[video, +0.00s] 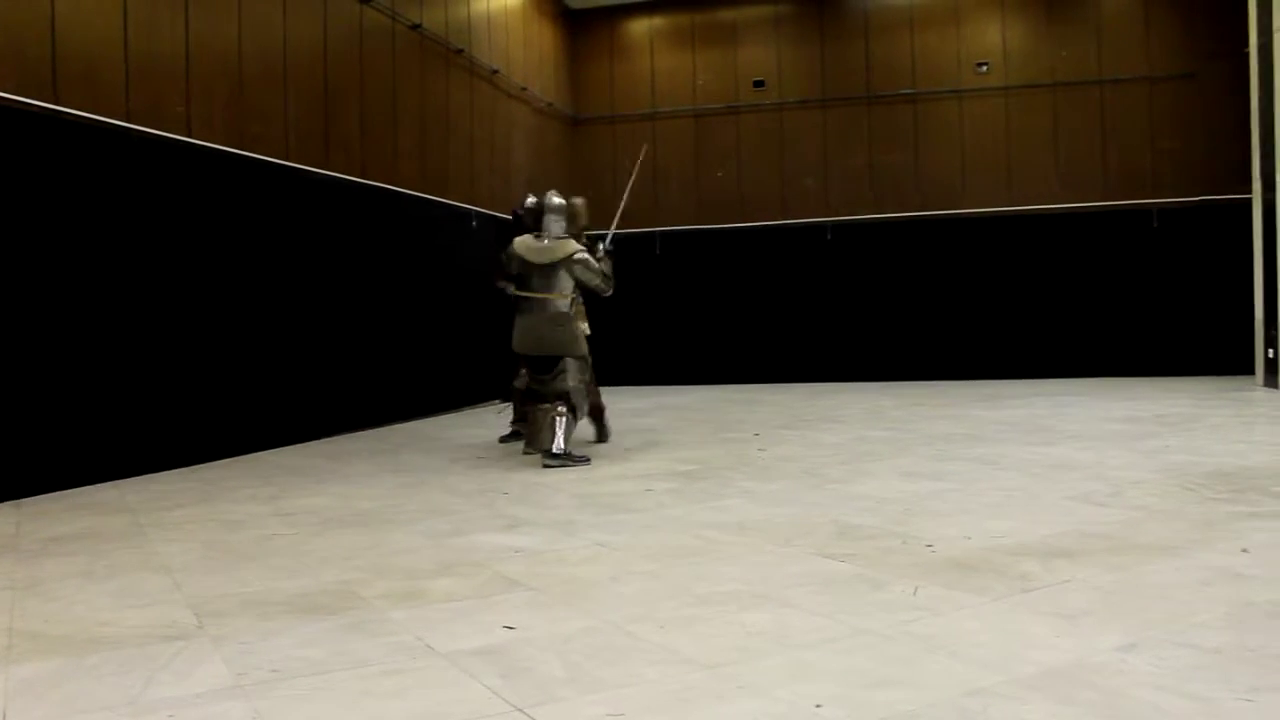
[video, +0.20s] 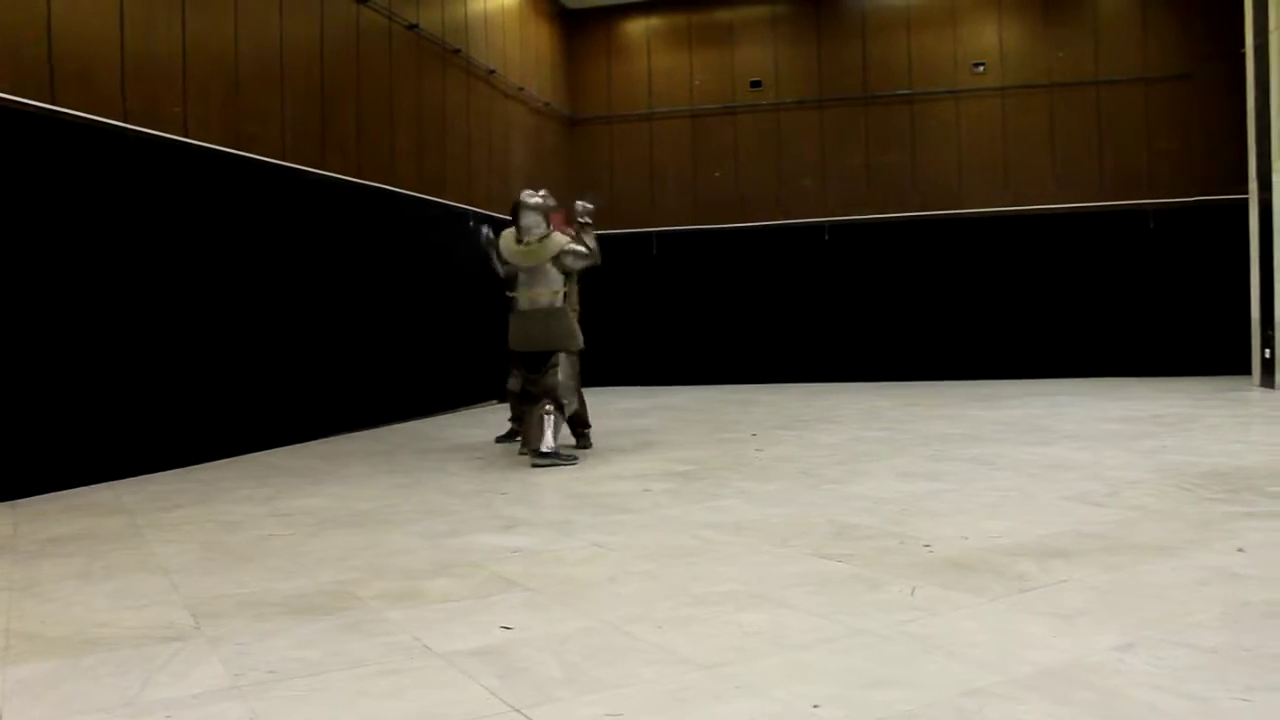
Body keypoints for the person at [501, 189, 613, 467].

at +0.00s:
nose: (561, 223)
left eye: (553, 218)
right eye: (564, 219)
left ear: (542, 218)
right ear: (568, 220)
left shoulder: (520, 249)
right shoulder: (571, 253)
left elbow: (505, 274)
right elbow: (603, 285)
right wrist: (603, 257)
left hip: (528, 331)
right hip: (561, 331)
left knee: (537, 380)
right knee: (573, 387)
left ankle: (534, 439)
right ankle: (558, 448)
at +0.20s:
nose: (530, 225)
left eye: (535, 219)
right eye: (527, 219)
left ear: (545, 221)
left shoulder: (509, 248)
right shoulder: (558, 248)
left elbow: (504, 271)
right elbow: (591, 256)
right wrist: (585, 227)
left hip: (523, 326)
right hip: (553, 325)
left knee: (527, 382)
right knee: (559, 383)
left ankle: (528, 438)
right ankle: (545, 445)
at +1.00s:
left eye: (529, 194)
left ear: (524, 194)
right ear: (555, 196)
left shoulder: (506, 225)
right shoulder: (567, 235)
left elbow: (481, 264)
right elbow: (577, 275)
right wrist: (583, 250)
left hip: (510, 319)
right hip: (551, 320)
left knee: (506, 378)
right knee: (547, 388)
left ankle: (510, 430)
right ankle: (538, 455)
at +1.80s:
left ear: (499, 176)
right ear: (538, 177)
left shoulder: (480, 212)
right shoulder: (555, 224)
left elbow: (432, 233)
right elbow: (555, 260)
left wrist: (435, 207)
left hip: (486, 325)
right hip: (540, 326)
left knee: (477, 400)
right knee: (551, 403)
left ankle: (469, 482)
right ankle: (555, 487)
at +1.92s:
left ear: (490, 167)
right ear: (529, 169)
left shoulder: (469, 202)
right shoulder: (550, 216)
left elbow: (428, 222)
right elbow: (554, 250)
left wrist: (427, 195)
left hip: (476, 324)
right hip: (533, 325)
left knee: (465, 394)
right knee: (544, 401)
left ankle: (446, 471)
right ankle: (548, 490)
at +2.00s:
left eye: (482, 165)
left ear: (479, 164)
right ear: (519, 167)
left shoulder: (458, 200)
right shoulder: (542, 214)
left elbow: (416, 230)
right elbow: (547, 263)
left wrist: (417, 199)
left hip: (464, 323)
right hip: (523, 325)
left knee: (449, 388)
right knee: (535, 400)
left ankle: (428, 466)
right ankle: (542, 490)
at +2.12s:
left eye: (465, 169)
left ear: (463, 170)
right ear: (503, 168)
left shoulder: (440, 212)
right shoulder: (530, 219)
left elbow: (404, 253)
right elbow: (539, 276)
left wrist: (402, 224)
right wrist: (503, 257)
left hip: (451, 326)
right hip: (510, 326)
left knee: (425, 394)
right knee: (528, 402)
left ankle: (396, 478)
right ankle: (537, 491)